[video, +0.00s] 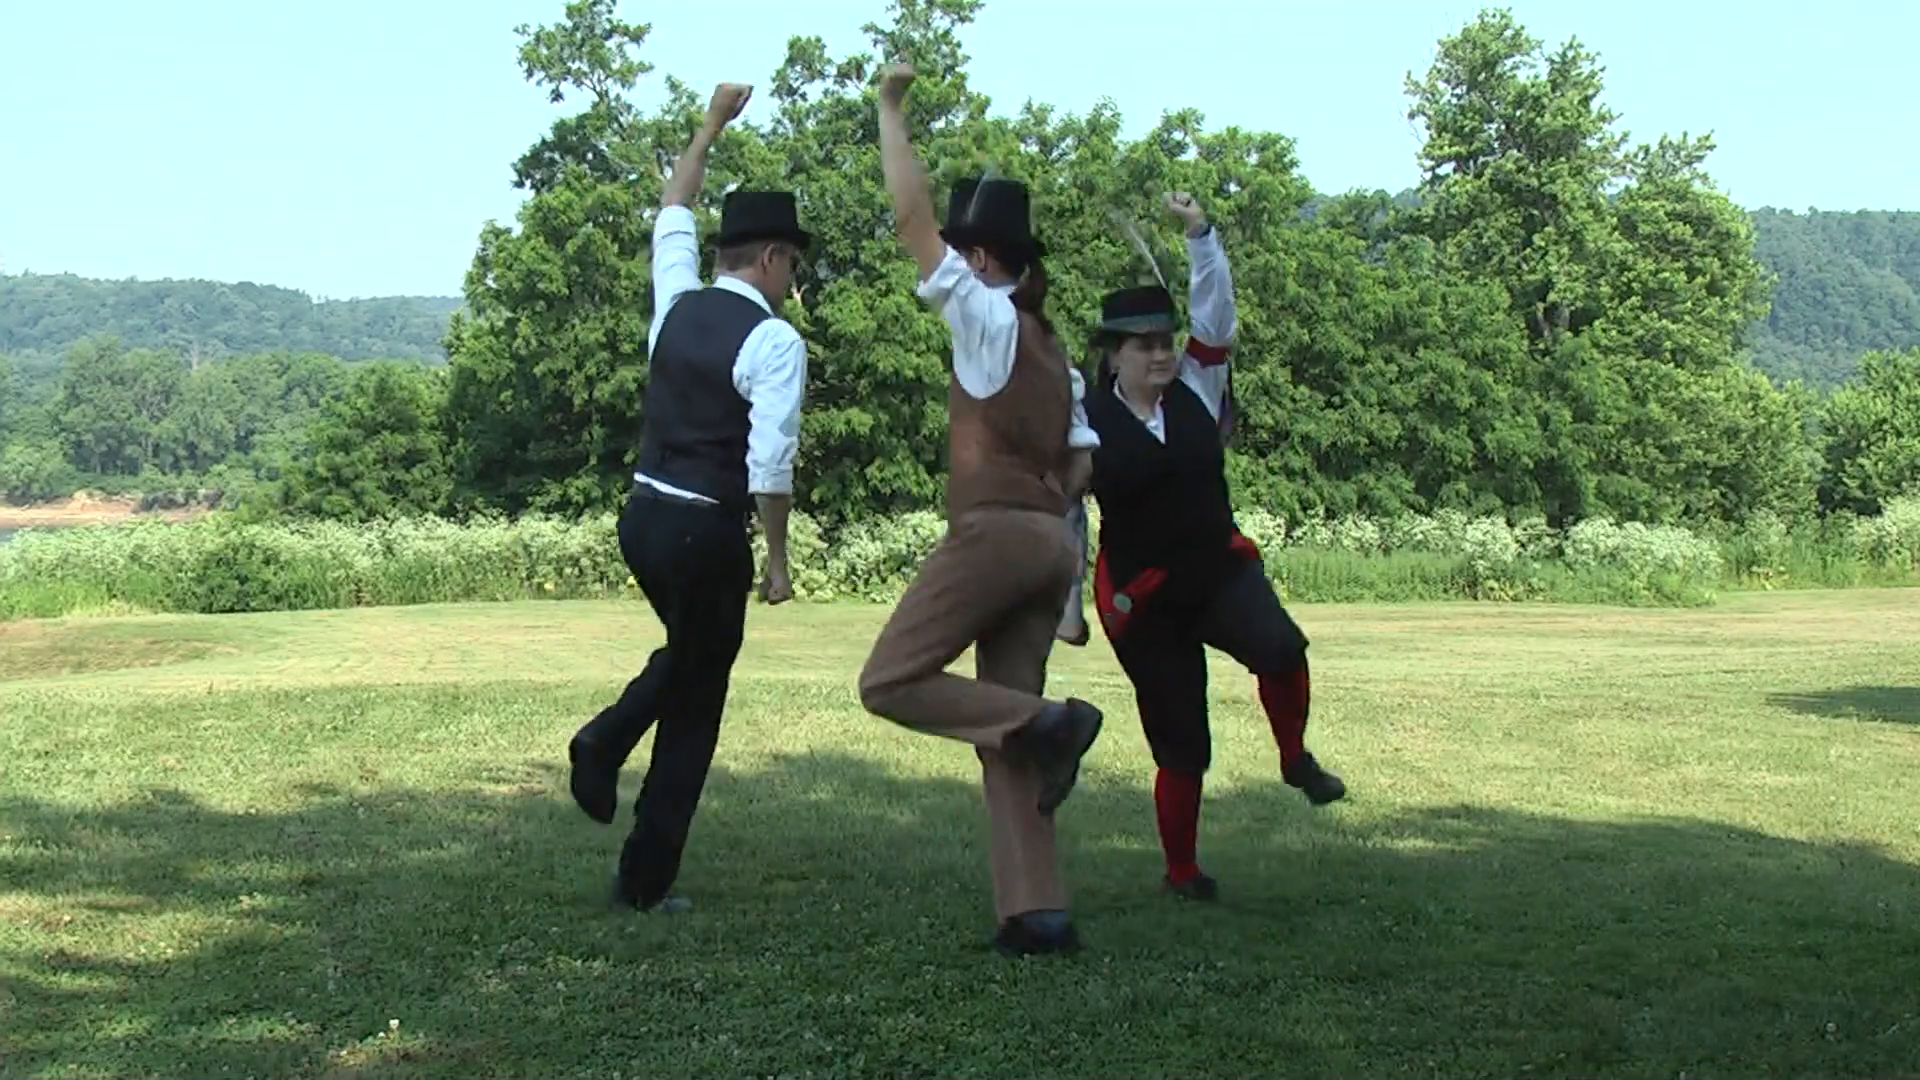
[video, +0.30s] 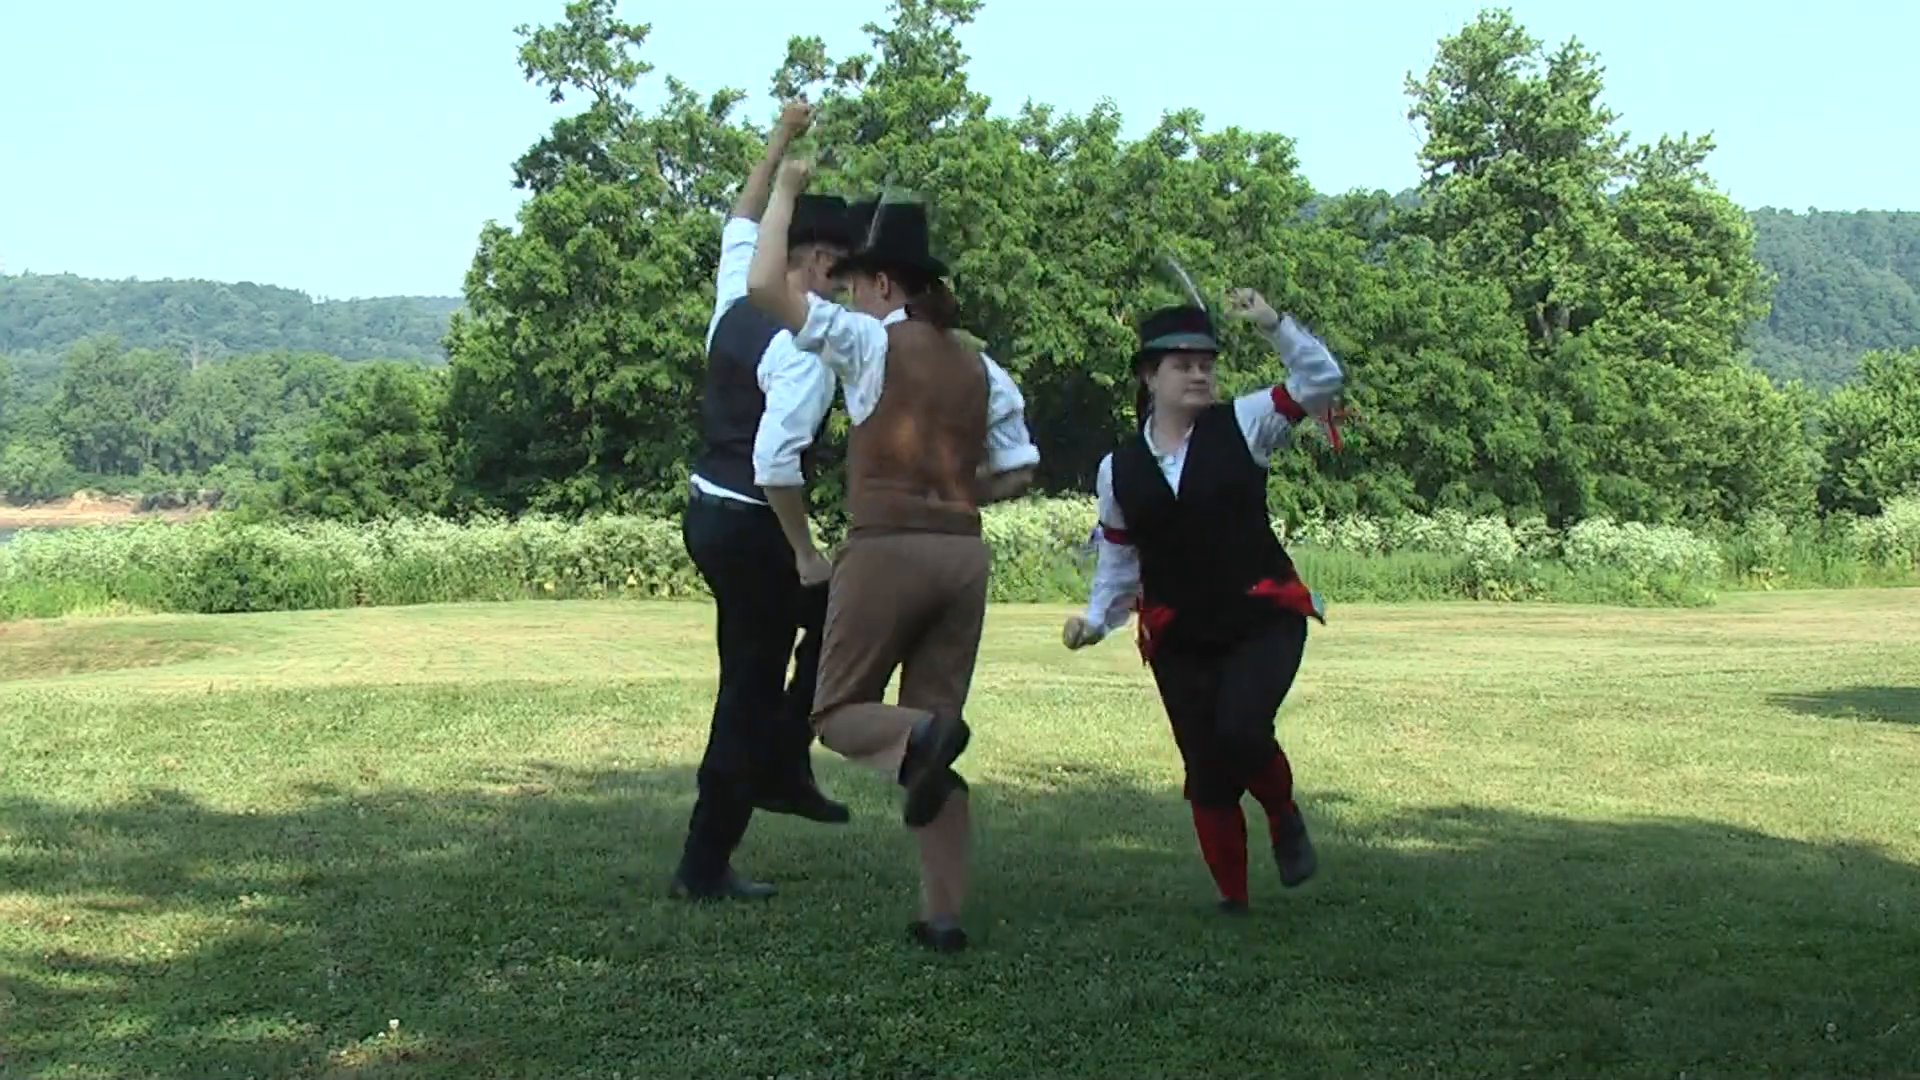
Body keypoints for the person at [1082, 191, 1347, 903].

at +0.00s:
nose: (1158, 354)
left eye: (1164, 343)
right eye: (1144, 344)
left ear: (1174, 348)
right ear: (1113, 351)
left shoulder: (1198, 388)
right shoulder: (1086, 418)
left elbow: (1214, 320)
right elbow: (1066, 509)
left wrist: (1202, 235)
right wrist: (1067, 602)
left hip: (1221, 571)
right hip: (1144, 592)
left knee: (1285, 653)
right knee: (1183, 746)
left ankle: (1292, 757)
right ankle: (1182, 871)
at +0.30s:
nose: (1198, 376)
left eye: (1207, 366)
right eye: (1182, 366)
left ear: (1217, 374)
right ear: (1149, 377)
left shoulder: (1243, 423)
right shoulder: (1119, 470)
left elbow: (1324, 381)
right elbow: (1117, 564)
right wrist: (1096, 618)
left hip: (1263, 618)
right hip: (1180, 634)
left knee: (1240, 733)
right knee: (1205, 771)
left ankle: (1284, 818)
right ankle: (1234, 899)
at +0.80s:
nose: (1307, 363)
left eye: (1314, 353)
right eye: (1291, 354)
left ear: (1326, 368)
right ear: (1254, 368)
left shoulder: (1349, 455)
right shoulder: (1224, 419)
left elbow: (1362, 562)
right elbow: (1211, 318)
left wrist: (1368, 650)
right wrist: (1244, 227)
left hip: (1310, 644)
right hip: (1217, 636)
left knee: (1287, 784)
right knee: (1224, 763)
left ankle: (1253, 944)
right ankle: (1207, 904)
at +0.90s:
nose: (1340, 337)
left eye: (1343, 326)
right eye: (1324, 327)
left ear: (1342, 339)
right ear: (1282, 339)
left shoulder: (1366, 430)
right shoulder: (1244, 387)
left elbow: (1382, 534)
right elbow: (1235, 284)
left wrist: (1405, 624)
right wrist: (1267, 190)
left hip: (1324, 613)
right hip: (1234, 591)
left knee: (1300, 781)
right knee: (1286, 666)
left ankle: (1254, 937)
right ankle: (1250, 821)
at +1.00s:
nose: (1363, 311)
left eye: (1368, 301)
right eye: (1348, 300)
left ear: (1371, 315)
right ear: (1308, 309)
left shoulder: (1378, 399)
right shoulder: (1273, 357)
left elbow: (1390, 507)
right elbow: (1265, 249)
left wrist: (1393, 599)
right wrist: (1285, 147)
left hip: (1339, 576)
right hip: (1255, 558)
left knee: (1321, 764)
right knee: (1341, 619)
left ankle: (1270, 925)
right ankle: (1272, 765)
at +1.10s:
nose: (1390, 315)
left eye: (1392, 304)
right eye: (1375, 304)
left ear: (1388, 319)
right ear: (1329, 311)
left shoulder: (1388, 385)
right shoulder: (1300, 361)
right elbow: (1298, 251)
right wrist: (1311, 152)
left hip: (1354, 585)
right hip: (1285, 572)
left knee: (1333, 777)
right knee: (1397, 650)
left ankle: (1305, 947)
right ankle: (1295, 781)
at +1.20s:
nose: (1415, 353)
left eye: (1417, 341)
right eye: (1401, 341)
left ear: (1410, 351)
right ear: (1357, 348)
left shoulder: (1398, 425)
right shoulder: (1335, 402)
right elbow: (1335, 290)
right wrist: (1347, 189)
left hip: (1361, 621)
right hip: (1311, 608)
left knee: (1353, 806)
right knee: (1450, 690)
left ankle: (1300, 962)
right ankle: (1374, 847)